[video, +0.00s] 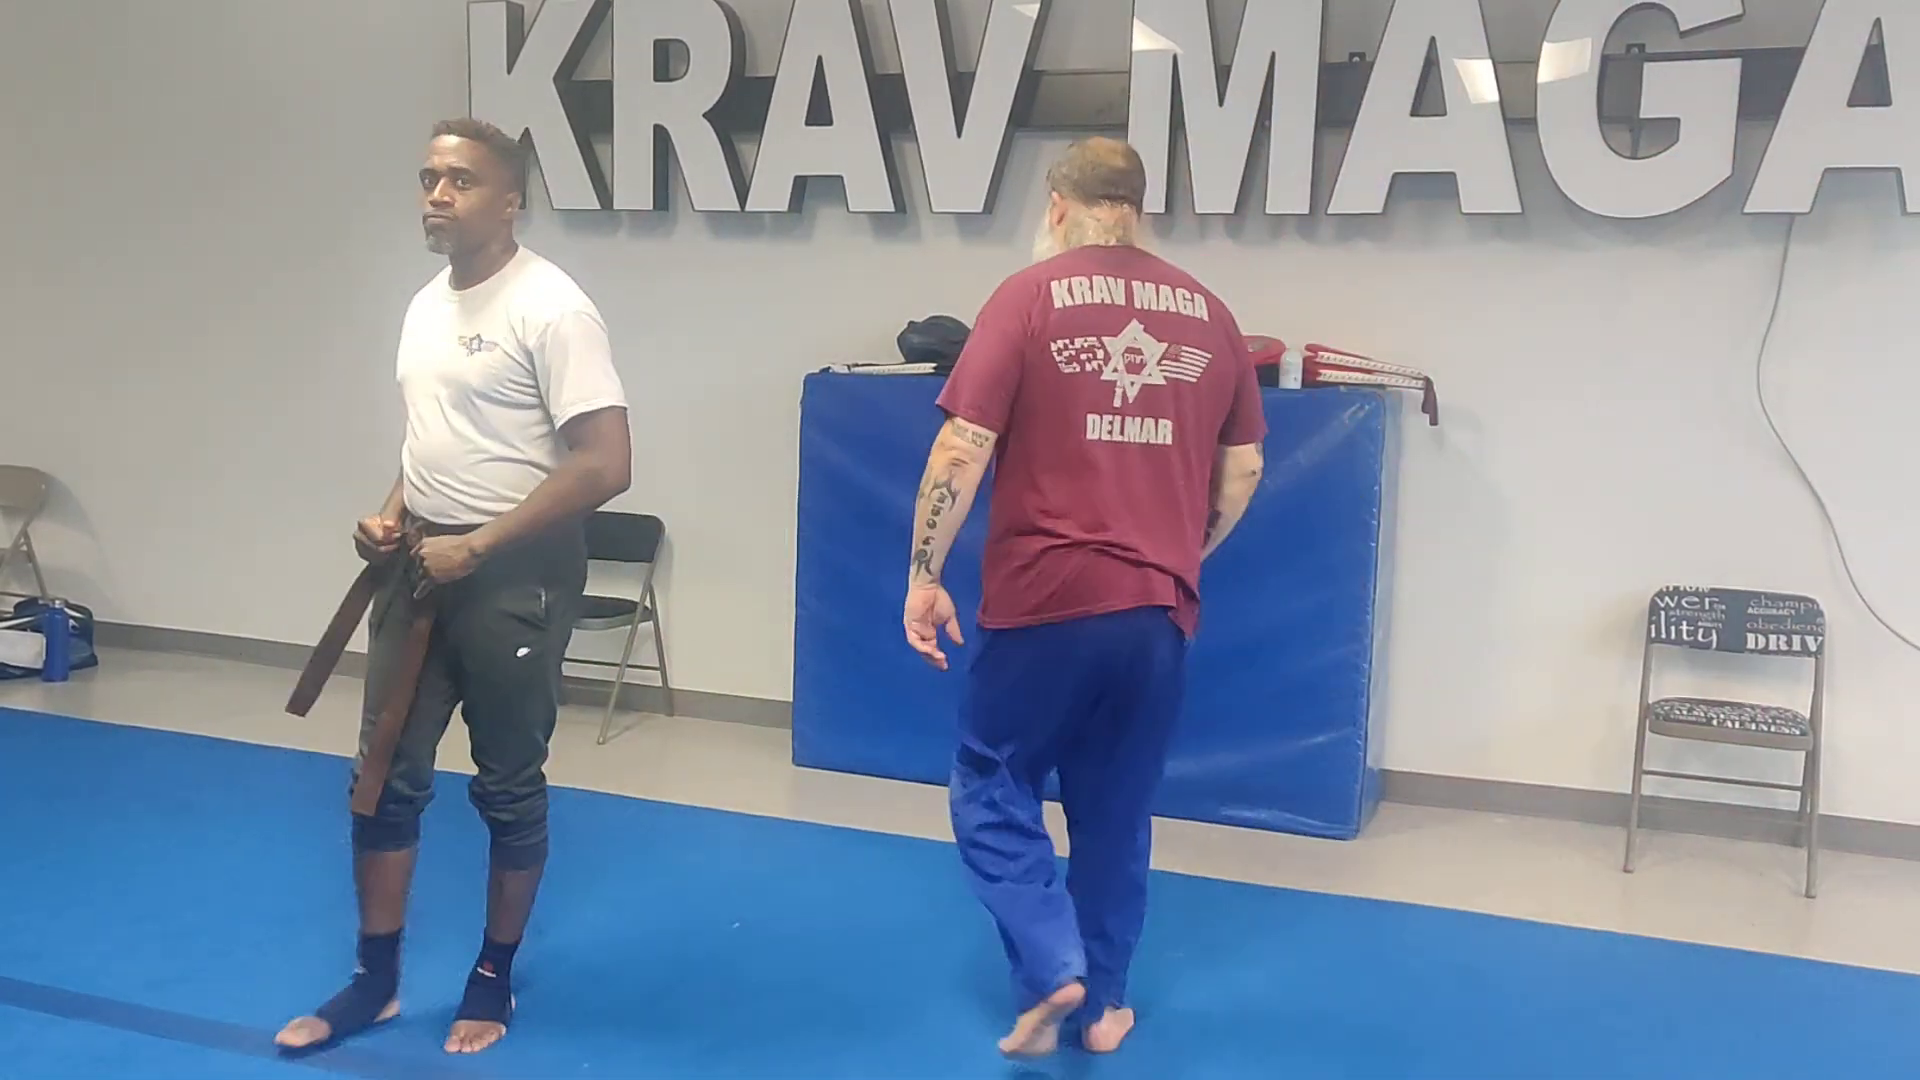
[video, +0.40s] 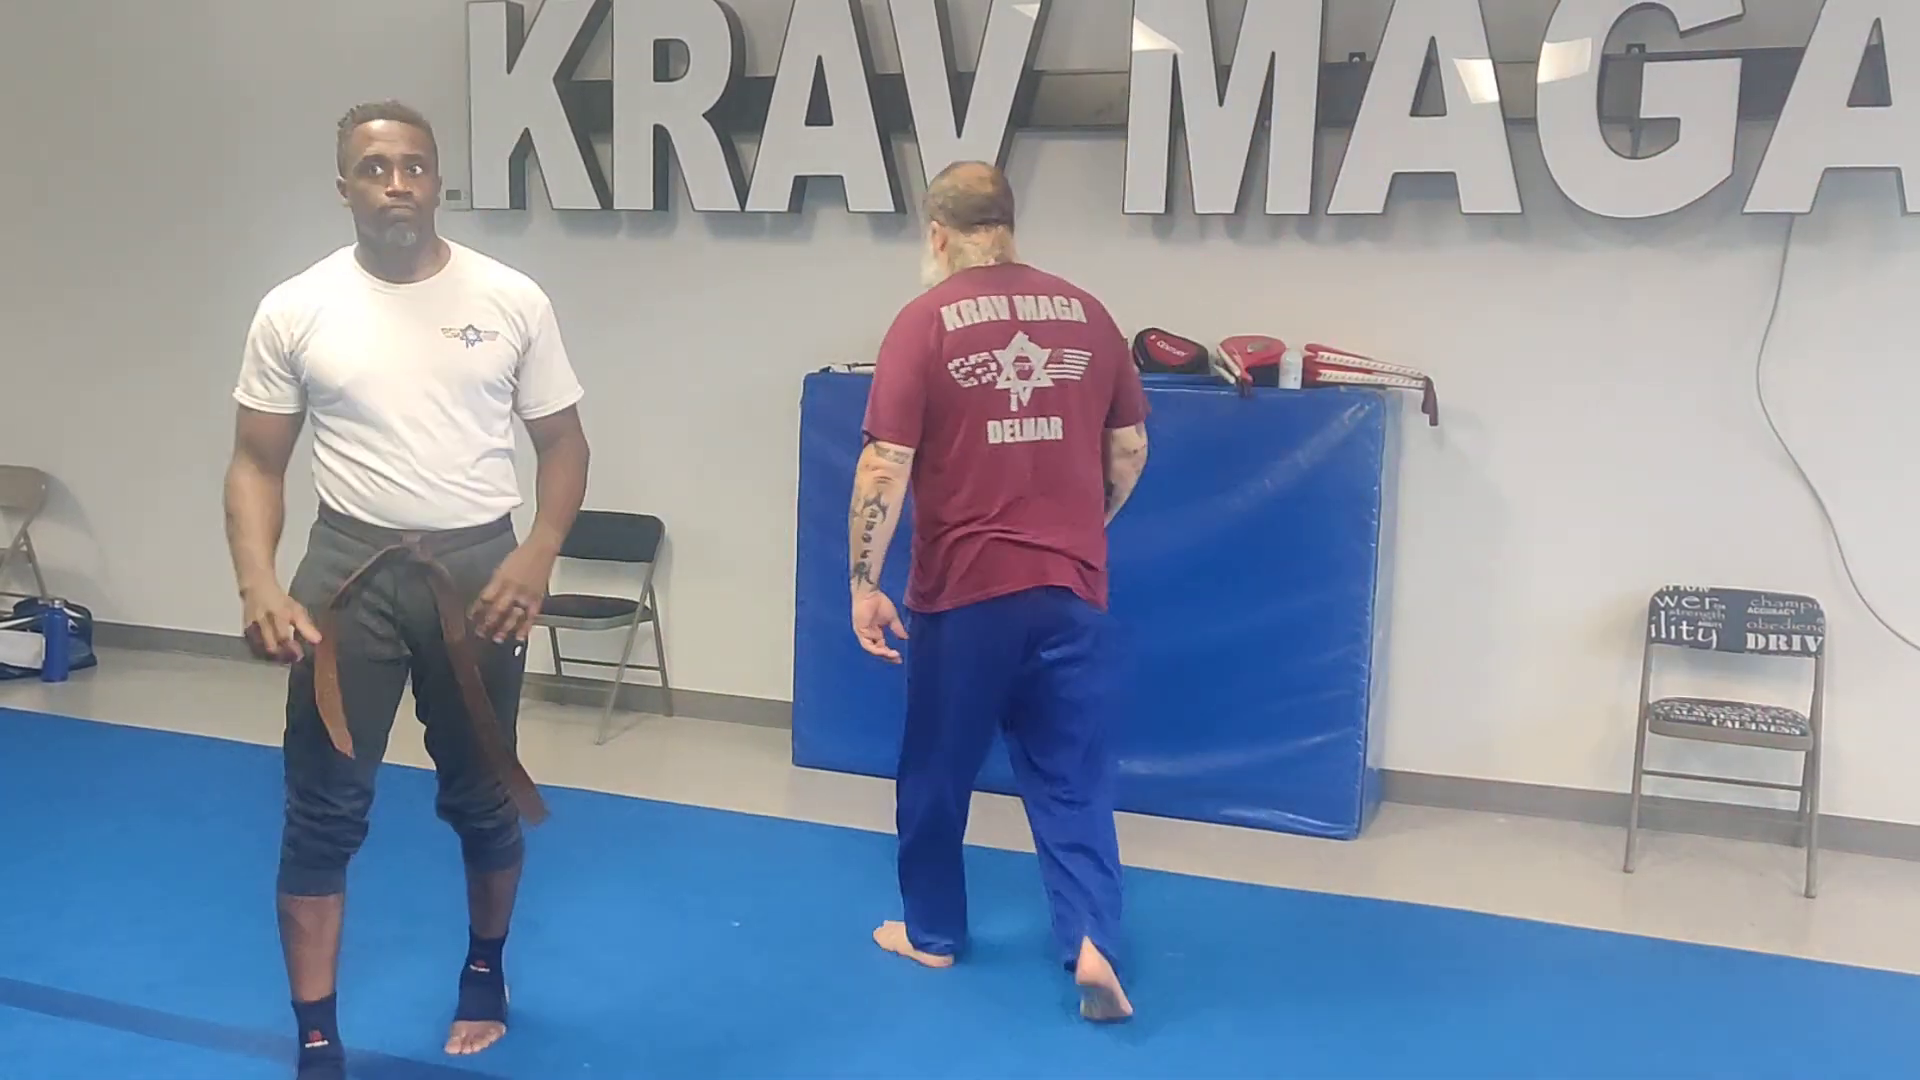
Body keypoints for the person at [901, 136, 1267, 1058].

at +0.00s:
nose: (1043, 230)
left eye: (1044, 217)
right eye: (1049, 218)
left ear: (1060, 212)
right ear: (1139, 215)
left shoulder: (1031, 293)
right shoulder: (1210, 312)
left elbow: (963, 446)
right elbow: (1243, 466)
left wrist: (924, 572)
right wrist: (1181, 554)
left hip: (1045, 594)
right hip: (1158, 600)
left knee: (994, 774)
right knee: (1116, 805)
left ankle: (1052, 963)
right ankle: (1106, 1004)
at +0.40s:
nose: (924, 247)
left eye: (925, 235)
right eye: (929, 235)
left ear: (936, 234)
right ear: (1011, 231)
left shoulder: (924, 322)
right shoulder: (1086, 310)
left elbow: (884, 466)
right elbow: (1128, 450)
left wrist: (864, 583)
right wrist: (1077, 528)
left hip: (968, 582)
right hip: (1074, 580)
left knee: (936, 768)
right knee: (1072, 776)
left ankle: (932, 931)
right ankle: (1092, 939)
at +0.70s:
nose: (865, 241)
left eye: (865, 229)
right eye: (868, 229)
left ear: (878, 229)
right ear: (944, 227)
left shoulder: (857, 312)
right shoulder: (1015, 304)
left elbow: (793, 448)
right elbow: (1061, 431)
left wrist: (763, 516)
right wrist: (1035, 518)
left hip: (906, 564)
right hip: (999, 555)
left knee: (899, 745)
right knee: (971, 717)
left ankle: (921, 932)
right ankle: (972, 869)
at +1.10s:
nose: (832, 250)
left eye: (832, 240)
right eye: (838, 240)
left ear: (839, 241)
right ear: (900, 243)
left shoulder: (819, 309)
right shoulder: (954, 327)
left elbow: (770, 424)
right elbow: (977, 446)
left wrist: (742, 521)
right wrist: (930, 506)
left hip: (830, 536)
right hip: (920, 540)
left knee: (791, 687)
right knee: (887, 695)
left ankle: (839, 819)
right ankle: (870, 857)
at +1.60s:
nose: (708, 267)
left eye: (708, 258)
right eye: (710, 258)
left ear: (718, 256)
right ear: (775, 251)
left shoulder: (711, 325)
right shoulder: (838, 316)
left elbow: (675, 437)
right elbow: (875, 424)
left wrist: (652, 518)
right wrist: (849, 487)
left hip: (744, 524)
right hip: (827, 521)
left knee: (731, 673)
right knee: (826, 662)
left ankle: (736, 807)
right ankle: (849, 764)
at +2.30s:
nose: (631, 278)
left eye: (632, 267)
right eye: (630, 268)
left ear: (654, 261)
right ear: (692, 261)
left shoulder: (652, 322)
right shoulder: (745, 323)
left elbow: (628, 421)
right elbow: (765, 416)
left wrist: (609, 499)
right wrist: (730, 472)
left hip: (658, 505)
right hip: (729, 506)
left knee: (614, 628)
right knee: (723, 640)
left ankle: (628, 758)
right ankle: (724, 767)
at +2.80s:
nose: (531, 287)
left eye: (531, 275)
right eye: (531, 276)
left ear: (545, 271)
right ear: (576, 263)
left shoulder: (546, 324)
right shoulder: (627, 316)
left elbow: (544, 420)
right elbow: (647, 402)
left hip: (571, 503)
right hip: (630, 496)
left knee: (567, 618)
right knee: (614, 601)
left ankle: (581, 748)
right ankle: (638, 708)